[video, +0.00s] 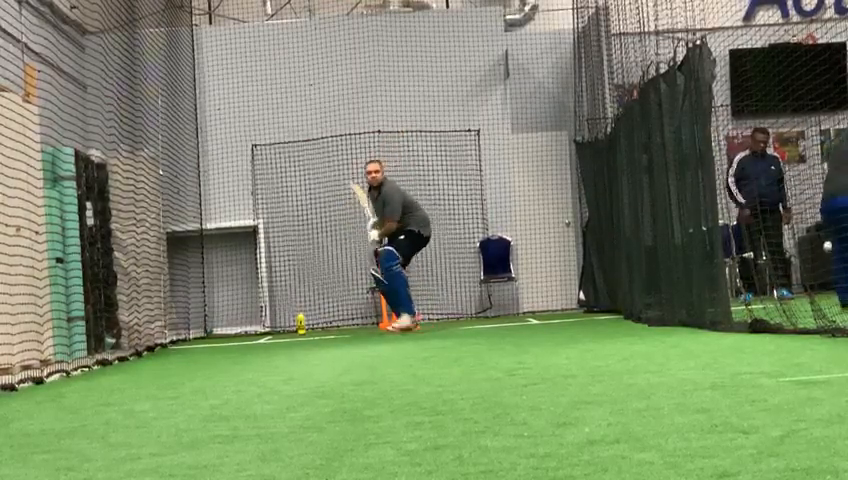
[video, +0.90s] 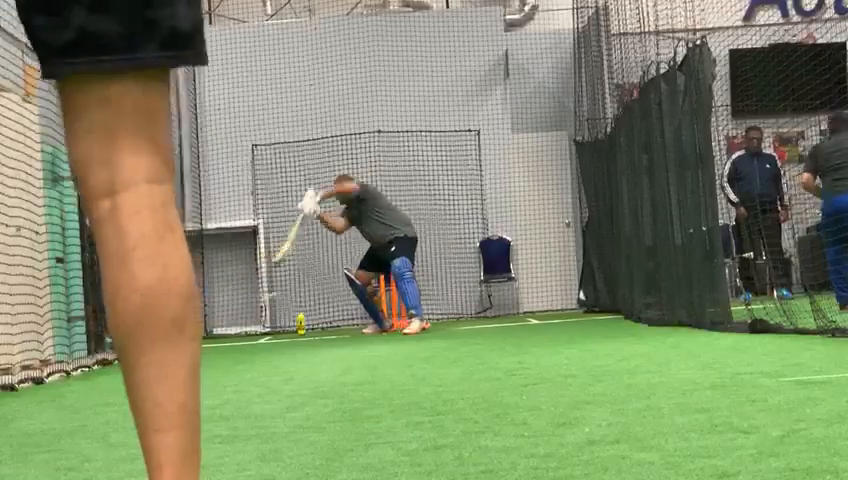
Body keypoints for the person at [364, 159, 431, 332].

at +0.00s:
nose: (373, 176)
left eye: (376, 172)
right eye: (369, 173)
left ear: (383, 173)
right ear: (366, 176)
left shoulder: (391, 190)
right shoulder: (372, 193)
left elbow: (392, 224)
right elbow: (382, 217)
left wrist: (379, 234)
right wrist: (376, 224)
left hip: (416, 229)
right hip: (400, 231)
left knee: (388, 258)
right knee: (381, 272)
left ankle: (407, 314)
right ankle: (403, 316)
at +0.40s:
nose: (353, 197)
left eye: (356, 192)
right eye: (350, 193)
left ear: (365, 189)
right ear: (347, 194)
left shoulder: (371, 204)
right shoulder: (376, 197)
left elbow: (372, 240)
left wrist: (365, 242)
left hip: (401, 243)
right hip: (396, 242)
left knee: (373, 273)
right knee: (364, 275)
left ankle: (399, 324)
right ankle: (380, 324)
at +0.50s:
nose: (347, 200)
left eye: (350, 195)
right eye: (344, 197)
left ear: (360, 190)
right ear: (342, 197)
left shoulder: (367, 205)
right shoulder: (369, 199)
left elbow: (365, 241)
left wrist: (357, 243)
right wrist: (364, 227)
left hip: (399, 243)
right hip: (391, 243)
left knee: (373, 272)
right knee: (360, 279)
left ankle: (398, 324)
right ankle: (382, 324)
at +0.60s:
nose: (344, 197)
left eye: (346, 192)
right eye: (341, 194)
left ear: (356, 187)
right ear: (340, 193)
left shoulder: (367, 199)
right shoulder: (359, 204)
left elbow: (360, 232)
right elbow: (358, 229)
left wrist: (341, 238)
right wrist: (342, 235)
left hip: (399, 240)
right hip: (381, 245)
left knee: (383, 272)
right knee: (359, 282)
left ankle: (397, 323)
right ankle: (380, 324)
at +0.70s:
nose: (341, 194)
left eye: (342, 190)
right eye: (340, 190)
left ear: (350, 186)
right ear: (355, 186)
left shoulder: (363, 195)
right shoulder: (355, 205)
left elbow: (336, 216)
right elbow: (336, 229)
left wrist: (312, 231)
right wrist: (310, 241)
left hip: (402, 238)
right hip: (383, 245)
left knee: (396, 273)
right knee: (359, 282)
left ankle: (397, 320)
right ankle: (380, 322)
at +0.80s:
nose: (338, 197)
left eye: (339, 193)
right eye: (338, 194)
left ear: (347, 187)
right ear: (348, 187)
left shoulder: (364, 193)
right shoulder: (354, 207)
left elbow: (333, 211)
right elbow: (330, 225)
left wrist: (307, 216)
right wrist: (300, 230)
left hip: (403, 237)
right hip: (383, 245)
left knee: (400, 271)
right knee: (361, 280)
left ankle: (408, 320)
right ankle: (381, 323)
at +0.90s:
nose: (339, 194)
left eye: (341, 189)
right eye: (338, 191)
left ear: (350, 186)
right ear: (339, 193)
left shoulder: (364, 191)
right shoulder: (350, 210)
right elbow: (339, 228)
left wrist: (321, 196)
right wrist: (318, 214)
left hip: (401, 236)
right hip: (381, 244)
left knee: (400, 269)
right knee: (360, 280)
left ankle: (416, 318)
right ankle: (381, 323)